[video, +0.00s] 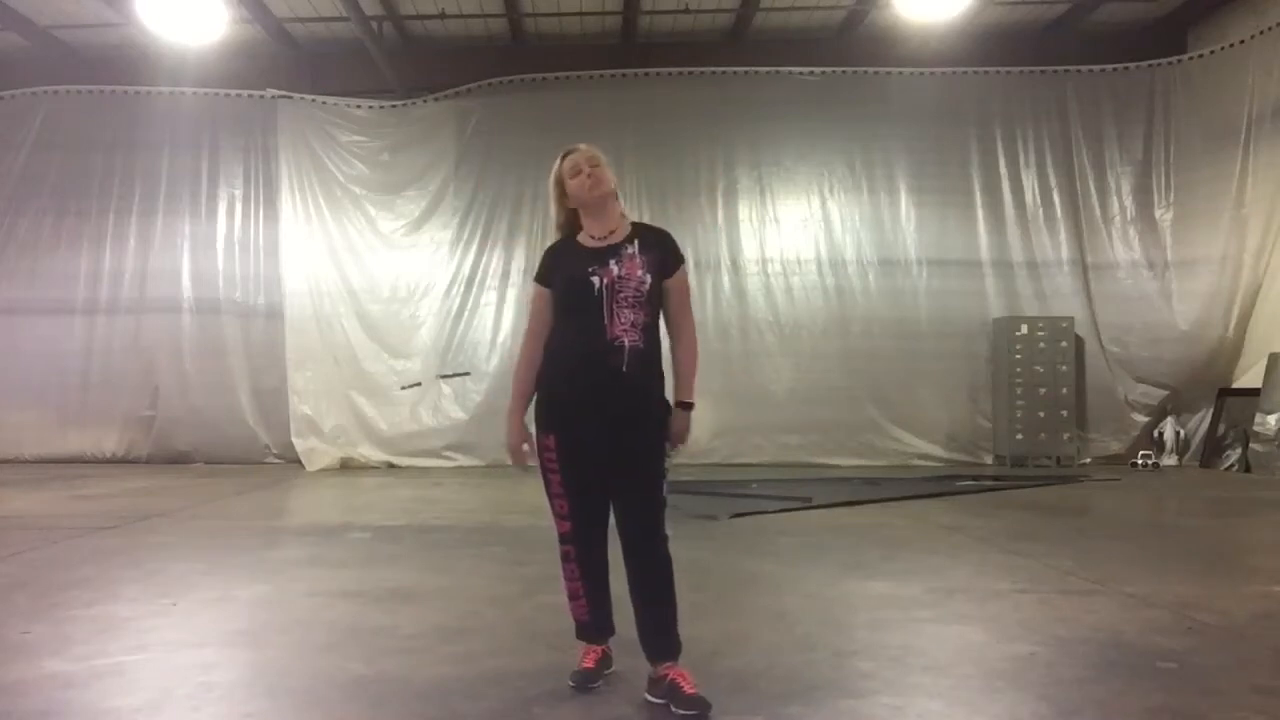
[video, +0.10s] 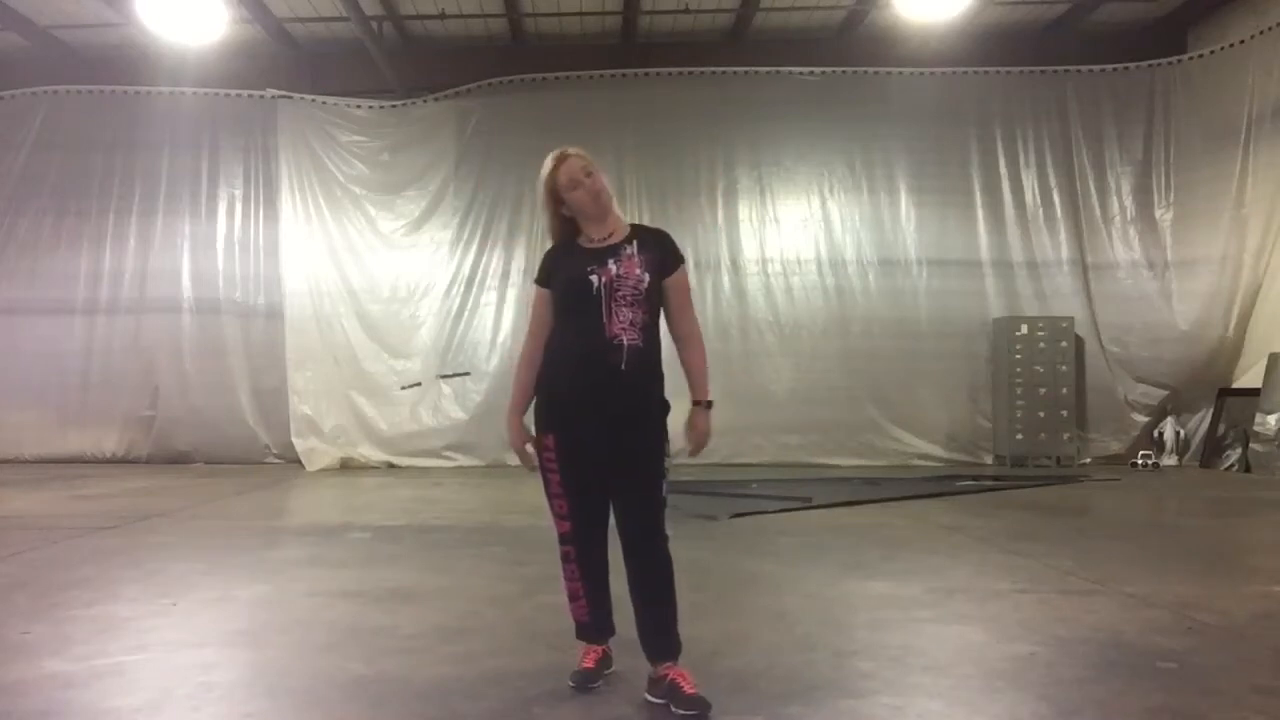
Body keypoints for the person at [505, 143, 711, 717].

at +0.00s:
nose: (589, 174)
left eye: (594, 165)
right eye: (576, 172)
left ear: (613, 176)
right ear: (565, 195)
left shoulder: (656, 244)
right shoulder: (558, 256)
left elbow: (682, 328)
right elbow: (535, 338)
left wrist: (683, 403)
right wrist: (516, 412)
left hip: (636, 413)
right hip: (566, 417)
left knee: (646, 537)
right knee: (579, 537)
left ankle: (665, 663)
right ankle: (593, 644)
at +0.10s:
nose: (588, 183)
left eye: (589, 172)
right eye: (573, 183)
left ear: (604, 176)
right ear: (562, 204)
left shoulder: (655, 245)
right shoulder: (558, 260)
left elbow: (685, 328)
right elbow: (536, 342)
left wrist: (702, 401)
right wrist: (515, 413)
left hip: (637, 418)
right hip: (566, 422)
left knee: (646, 540)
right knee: (580, 540)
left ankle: (665, 663)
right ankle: (594, 645)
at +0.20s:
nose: (588, 195)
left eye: (588, 182)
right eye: (573, 196)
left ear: (602, 181)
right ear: (562, 212)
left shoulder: (653, 244)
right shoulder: (558, 262)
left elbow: (687, 322)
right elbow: (534, 345)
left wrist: (712, 393)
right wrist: (511, 417)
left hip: (637, 417)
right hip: (566, 422)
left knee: (646, 539)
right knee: (579, 539)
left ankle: (664, 665)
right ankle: (594, 646)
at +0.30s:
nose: (589, 193)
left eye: (589, 181)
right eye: (575, 192)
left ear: (603, 182)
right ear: (563, 209)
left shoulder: (650, 244)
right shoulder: (555, 261)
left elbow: (688, 318)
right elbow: (533, 345)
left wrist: (712, 382)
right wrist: (508, 418)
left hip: (636, 415)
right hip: (566, 420)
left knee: (647, 535)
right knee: (579, 537)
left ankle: (665, 660)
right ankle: (594, 646)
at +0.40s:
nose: (586, 188)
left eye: (587, 177)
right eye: (572, 188)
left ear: (602, 178)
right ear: (562, 206)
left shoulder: (651, 242)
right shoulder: (555, 258)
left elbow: (684, 318)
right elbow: (532, 342)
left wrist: (704, 378)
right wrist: (504, 412)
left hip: (640, 413)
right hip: (569, 418)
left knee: (651, 532)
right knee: (580, 534)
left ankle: (662, 657)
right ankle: (594, 644)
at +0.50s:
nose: (582, 187)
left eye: (585, 175)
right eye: (569, 186)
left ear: (604, 178)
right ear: (561, 205)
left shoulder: (653, 241)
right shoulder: (556, 258)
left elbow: (680, 319)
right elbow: (534, 339)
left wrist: (693, 383)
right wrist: (505, 409)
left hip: (642, 410)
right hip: (572, 415)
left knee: (652, 528)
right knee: (582, 531)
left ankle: (657, 650)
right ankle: (594, 644)